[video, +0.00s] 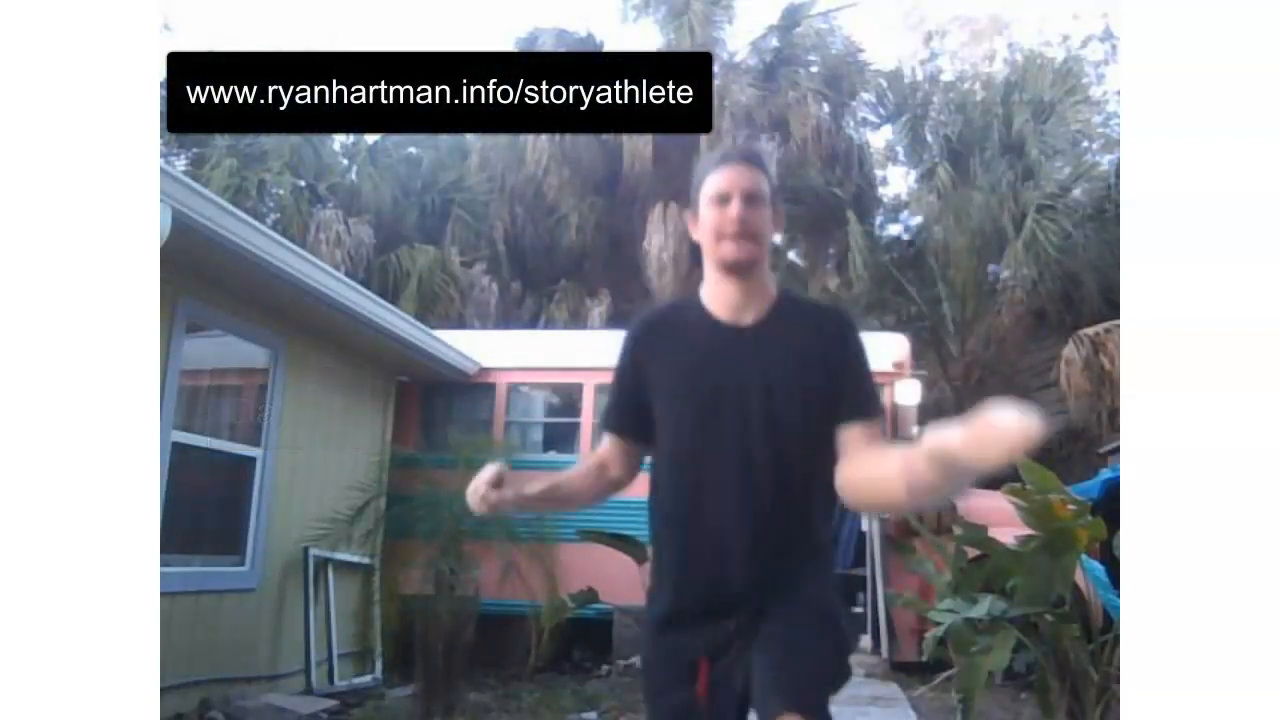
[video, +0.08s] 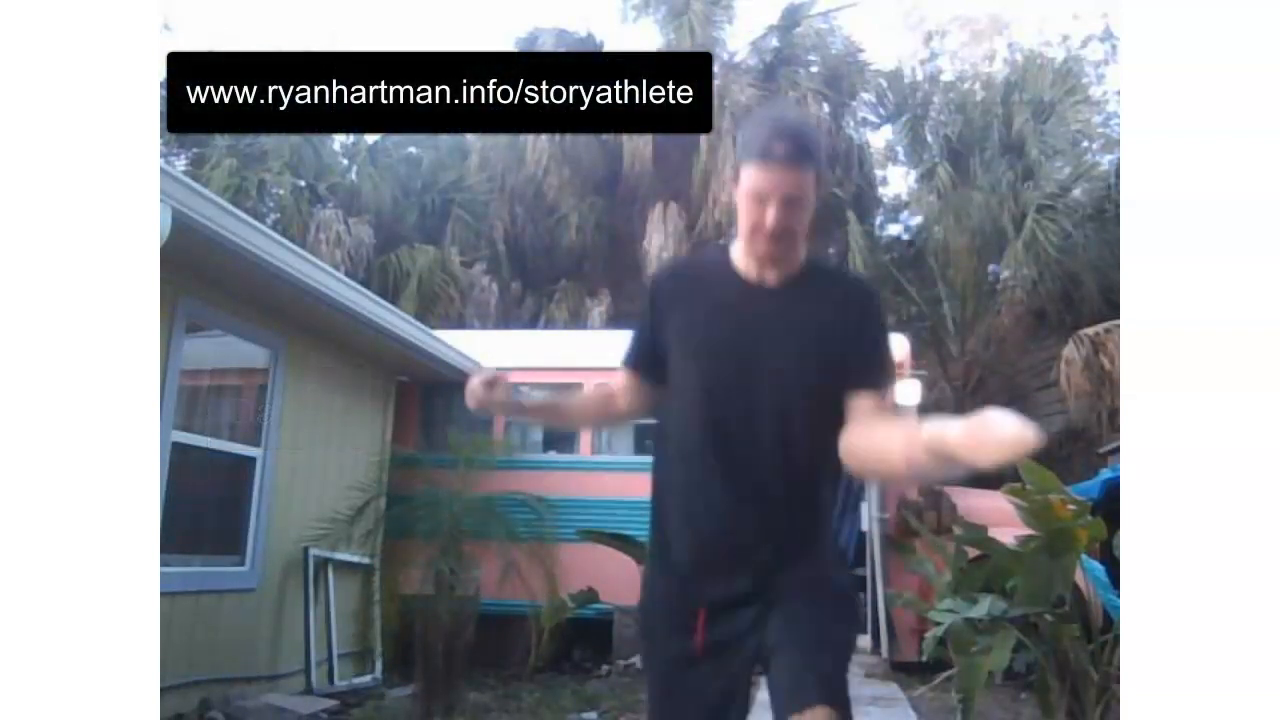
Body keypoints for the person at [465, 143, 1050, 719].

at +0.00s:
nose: (738, 215)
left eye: (753, 201)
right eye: (721, 201)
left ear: (776, 220)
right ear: (693, 223)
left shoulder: (825, 332)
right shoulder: (655, 337)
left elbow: (858, 474)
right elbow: (610, 466)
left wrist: (941, 459)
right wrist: (529, 491)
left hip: (794, 608)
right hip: (683, 616)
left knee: (788, 708)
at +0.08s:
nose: (774, 219)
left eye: (792, 202)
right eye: (761, 198)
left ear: (818, 199)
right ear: (734, 191)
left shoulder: (852, 303)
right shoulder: (679, 288)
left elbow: (862, 436)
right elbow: (629, 395)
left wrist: (941, 444)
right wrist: (523, 403)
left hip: (802, 572)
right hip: (689, 574)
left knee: (817, 711)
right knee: (681, 714)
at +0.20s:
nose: (719, 269)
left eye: (736, 252)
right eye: (700, 254)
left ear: (760, 267)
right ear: (675, 274)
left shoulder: (825, 370)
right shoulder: (646, 389)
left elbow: (878, 506)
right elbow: (624, 526)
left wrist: (975, 527)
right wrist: (550, 620)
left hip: (794, 651)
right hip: (689, 654)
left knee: (765, 705)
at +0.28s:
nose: (741, 270)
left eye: (757, 254)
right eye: (722, 254)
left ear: (781, 270)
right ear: (690, 272)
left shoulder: (838, 372)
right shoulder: (655, 392)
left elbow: (901, 499)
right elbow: (559, 484)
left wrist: (973, 487)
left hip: (796, 649)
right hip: (688, 660)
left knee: (787, 703)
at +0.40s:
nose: (725, 83)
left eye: (740, 71)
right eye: (710, 70)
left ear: (763, 95)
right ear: (687, 93)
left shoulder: (810, 202)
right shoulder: (645, 207)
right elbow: (613, 327)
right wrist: (622, 365)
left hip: (771, 483)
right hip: (657, 486)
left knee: (786, 701)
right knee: (652, 700)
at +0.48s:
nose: (730, 111)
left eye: (742, 98)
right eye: (714, 100)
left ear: (762, 118)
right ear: (692, 125)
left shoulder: (805, 228)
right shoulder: (657, 222)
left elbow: (837, 341)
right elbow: (604, 336)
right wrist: (606, 407)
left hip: (777, 480)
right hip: (675, 480)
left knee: (776, 693)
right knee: (676, 678)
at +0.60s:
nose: (789, 159)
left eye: (803, 142)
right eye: (771, 138)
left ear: (816, 143)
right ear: (729, 137)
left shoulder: (818, 236)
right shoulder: (673, 226)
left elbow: (895, 302)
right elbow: (606, 345)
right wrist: (544, 440)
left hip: (797, 501)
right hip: (695, 497)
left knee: (763, 706)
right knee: (701, 696)